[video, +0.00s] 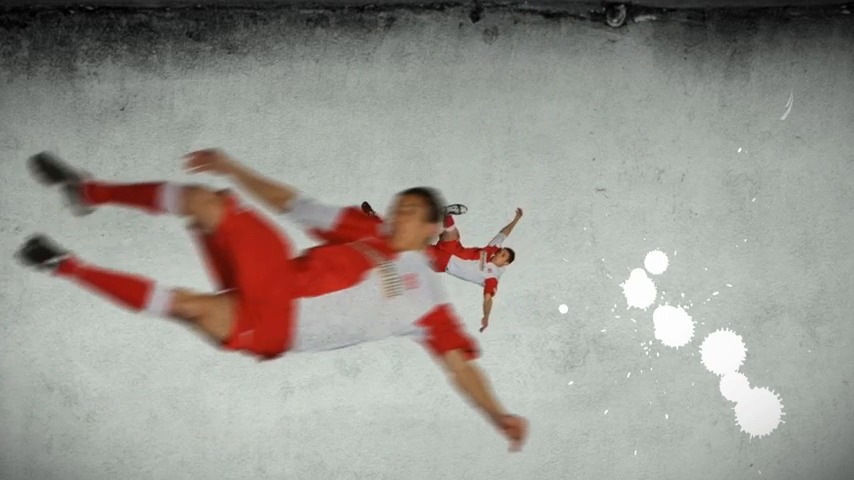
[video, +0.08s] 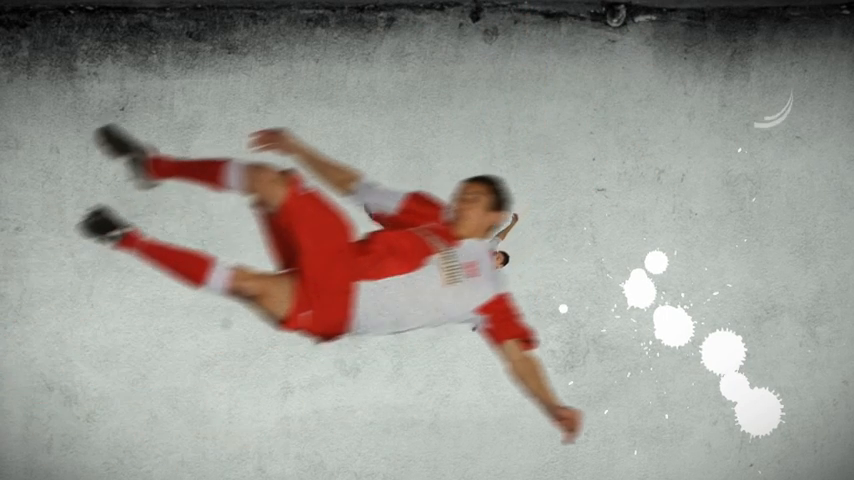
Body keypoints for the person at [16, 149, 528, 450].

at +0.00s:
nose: (393, 221)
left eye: (406, 217)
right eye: (394, 213)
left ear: (432, 231)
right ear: (393, 217)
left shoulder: (430, 303)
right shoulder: (364, 227)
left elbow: (463, 368)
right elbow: (293, 205)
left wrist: (500, 417)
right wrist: (229, 167)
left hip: (276, 328)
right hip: (271, 272)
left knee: (192, 304)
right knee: (206, 198)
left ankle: (65, 266)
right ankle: (87, 193)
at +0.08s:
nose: (457, 211)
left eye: (470, 206)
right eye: (458, 202)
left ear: (500, 222)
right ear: (456, 206)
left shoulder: (490, 296)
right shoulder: (429, 214)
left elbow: (522, 359)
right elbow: (357, 187)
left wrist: (554, 408)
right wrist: (296, 148)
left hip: (333, 311)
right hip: (334, 252)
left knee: (249, 281)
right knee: (267, 175)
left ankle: (126, 240)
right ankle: (153, 167)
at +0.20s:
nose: (555, 189)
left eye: (569, 188)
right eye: (557, 180)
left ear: (588, 205)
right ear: (552, 181)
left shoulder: (576, 270)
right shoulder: (522, 190)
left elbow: (605, 341)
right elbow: (451, 161)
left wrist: (635, 393)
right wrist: (396, 118)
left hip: (424, 283)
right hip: (426, 224)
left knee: (339, 249)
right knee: (363, 143)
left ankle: (218, 199)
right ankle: (249, 127)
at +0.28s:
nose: (619, 173)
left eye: (633, 173)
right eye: (622, 164)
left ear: (651, 195)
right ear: (617, 168)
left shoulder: (635, 260)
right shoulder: (584, 174)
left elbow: (662, 331)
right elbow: (514, 142)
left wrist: (691, 384)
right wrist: (464, 100)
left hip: (483, 264)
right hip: (490, 205)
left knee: (400, 227)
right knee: (427, 124)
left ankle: (283, 172)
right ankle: (315, 102)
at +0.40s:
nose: (691, 172)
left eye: (705, 171)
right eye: (692, 164)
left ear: (723, 193)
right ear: (686, 168)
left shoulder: (704, 262)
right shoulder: (655, 171)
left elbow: (724, 331)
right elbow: (589, 135)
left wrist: (750, 387)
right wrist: (539, 85)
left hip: (551, 250)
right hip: (562, 190)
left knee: (466, 209)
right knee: (507, 113)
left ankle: (355, 147)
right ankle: (395, 82)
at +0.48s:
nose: (732, 175)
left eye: (746, 174)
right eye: (735, 167)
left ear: (764, 194)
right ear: (729, 172)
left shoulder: (744, 264)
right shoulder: (698, 174)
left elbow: (759, 335)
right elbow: (636, 134)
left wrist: (782, 390)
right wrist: (586, 83)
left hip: (588, 247)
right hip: (606, 187)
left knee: (507, 201)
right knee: (553, 107)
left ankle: (400, 136)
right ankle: (444, 72)